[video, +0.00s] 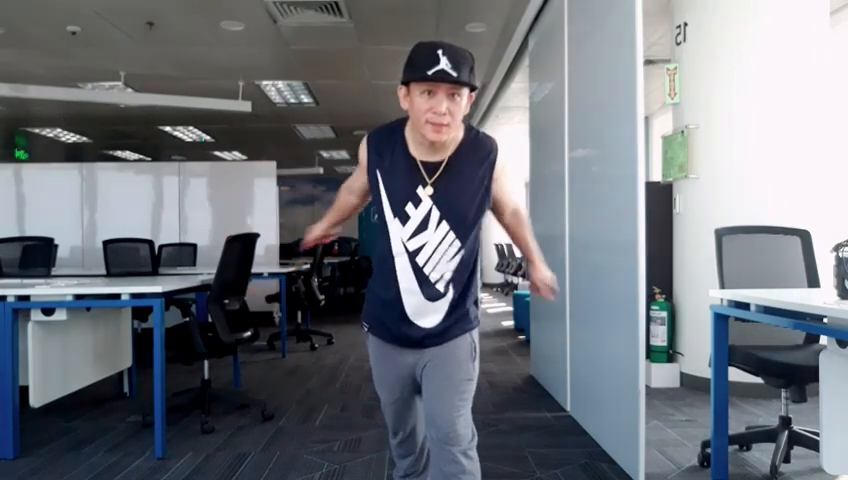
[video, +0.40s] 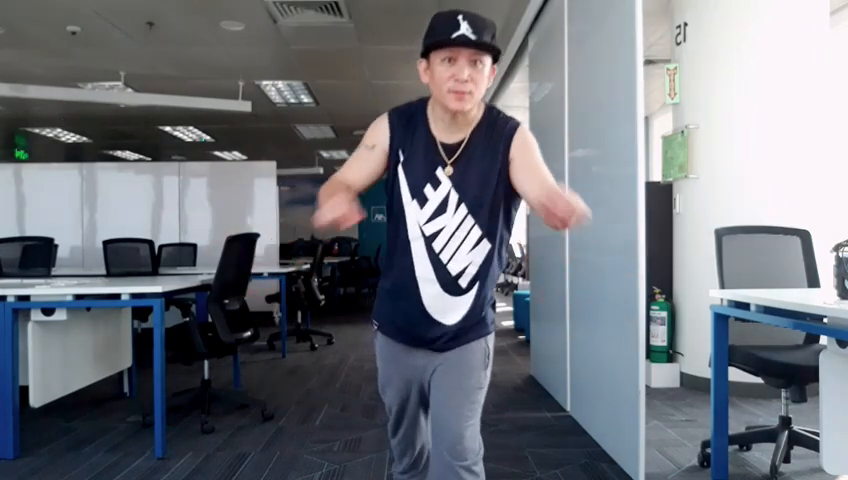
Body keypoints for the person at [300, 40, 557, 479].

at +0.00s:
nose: (441, 107)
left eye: (453, 95)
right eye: (429, 94)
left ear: (468, 101)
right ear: (405, 96)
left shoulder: (483, 153)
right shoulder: (376, 147)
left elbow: (510, 211)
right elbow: (356, 190)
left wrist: (537, 263)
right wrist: (326, 224)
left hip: (451, 330)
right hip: (387, 328)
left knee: (450, 439)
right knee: (400, 428)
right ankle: (407, 472)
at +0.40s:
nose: (463, 74)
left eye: (475, 62)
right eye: (450, 61)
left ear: (491, 74)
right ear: (425, 70)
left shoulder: (510, 137)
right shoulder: (393, 128)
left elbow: (545, 194)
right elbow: (342, 184)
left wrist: (561, 209)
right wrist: (335, 203)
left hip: (466, 332)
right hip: (399, 329)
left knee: (457, 453)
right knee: (406, 450)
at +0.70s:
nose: (474, 63)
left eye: (488, 51)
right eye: (459, 50)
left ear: (505, 62)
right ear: (435, 60)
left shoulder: (529, 132)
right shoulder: (404, 118)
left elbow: (588, 205)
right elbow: (341, 188)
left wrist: (583, 150)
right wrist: (350, 147)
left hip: (479, 334)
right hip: (408, 328)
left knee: (467, 462)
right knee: (412, 453)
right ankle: (416, 471)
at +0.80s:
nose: (477, 63)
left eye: (490, 50)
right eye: (463, 49)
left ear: (508, 61)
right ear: (437, 59)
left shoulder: (531, 133)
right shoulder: (404, 117)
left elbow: (583, 211)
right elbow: (343, 189)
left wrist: (587, 147)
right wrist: (350, 135)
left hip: (481, 336)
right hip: (409, 329)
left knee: (469, 465)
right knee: (415, 454)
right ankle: (422, 473)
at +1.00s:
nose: (473, 54)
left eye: (487, 42)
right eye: (458, 41)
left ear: (505, 55)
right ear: (435, 54)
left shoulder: (527, 132)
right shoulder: (404, 113)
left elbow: (550, 223)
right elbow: (344, 186)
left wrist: (583, 159)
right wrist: (351, 131)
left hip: (479, 331)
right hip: (407, 325)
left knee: (468, 463)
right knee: (406, 441)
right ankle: (414, 470)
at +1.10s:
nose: (469, 54)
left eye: (483, 42)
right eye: (455, 42)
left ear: (501, 55)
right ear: (433, 56)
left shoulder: (524, 130)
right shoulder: (401, 115)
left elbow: (553, 220)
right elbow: (338, 185)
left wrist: (535, 179)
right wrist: (367, 156)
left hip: (477, 328)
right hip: (403, 322)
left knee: (467, 457)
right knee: (399, 433)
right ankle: (405, 471)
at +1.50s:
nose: (448, 85)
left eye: (461, 75)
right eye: (436, 73)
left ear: (477, 85)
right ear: (414, 81)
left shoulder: (491, 156)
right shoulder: (382, 144)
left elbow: (529, 230)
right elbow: (334, 212)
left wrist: (574, 295)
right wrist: (282, 278)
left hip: (454, 337)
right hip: (385, 334)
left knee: (454, 452)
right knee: (387, 428)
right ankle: (395, 473)